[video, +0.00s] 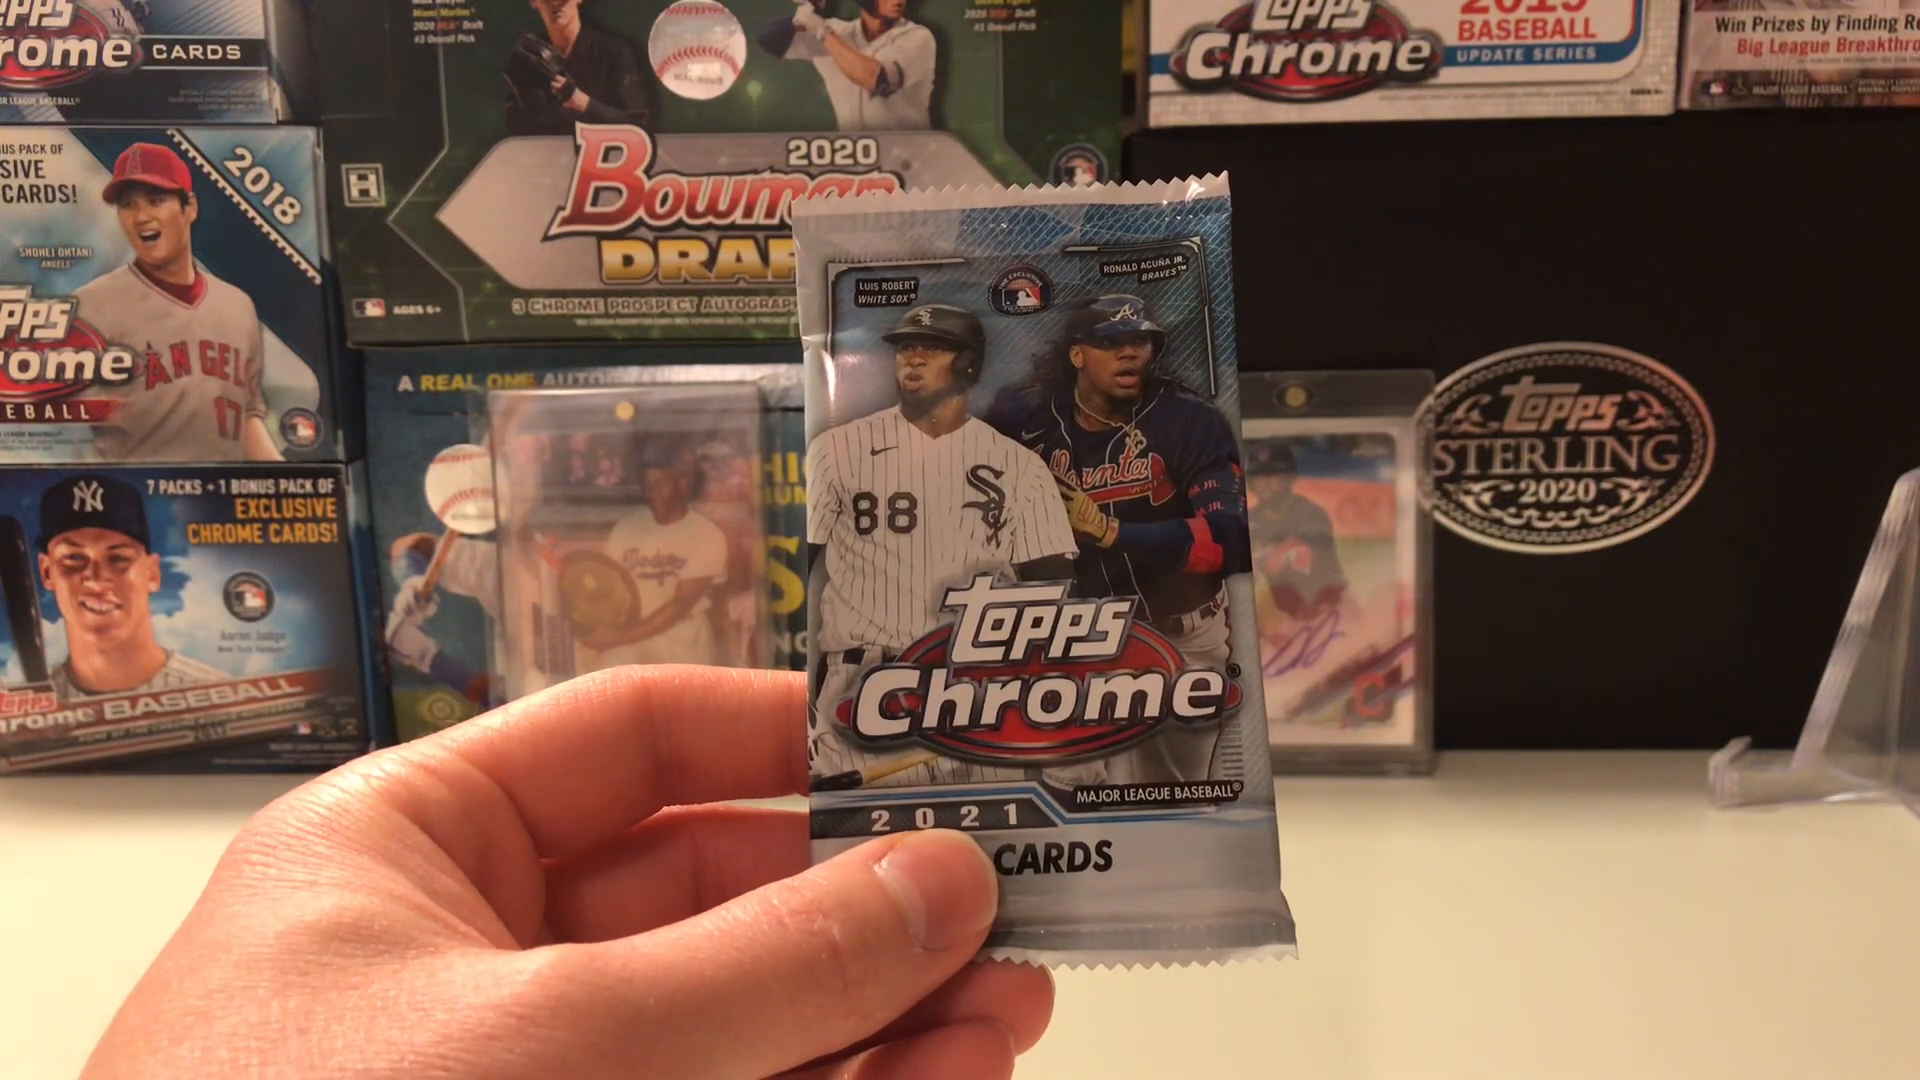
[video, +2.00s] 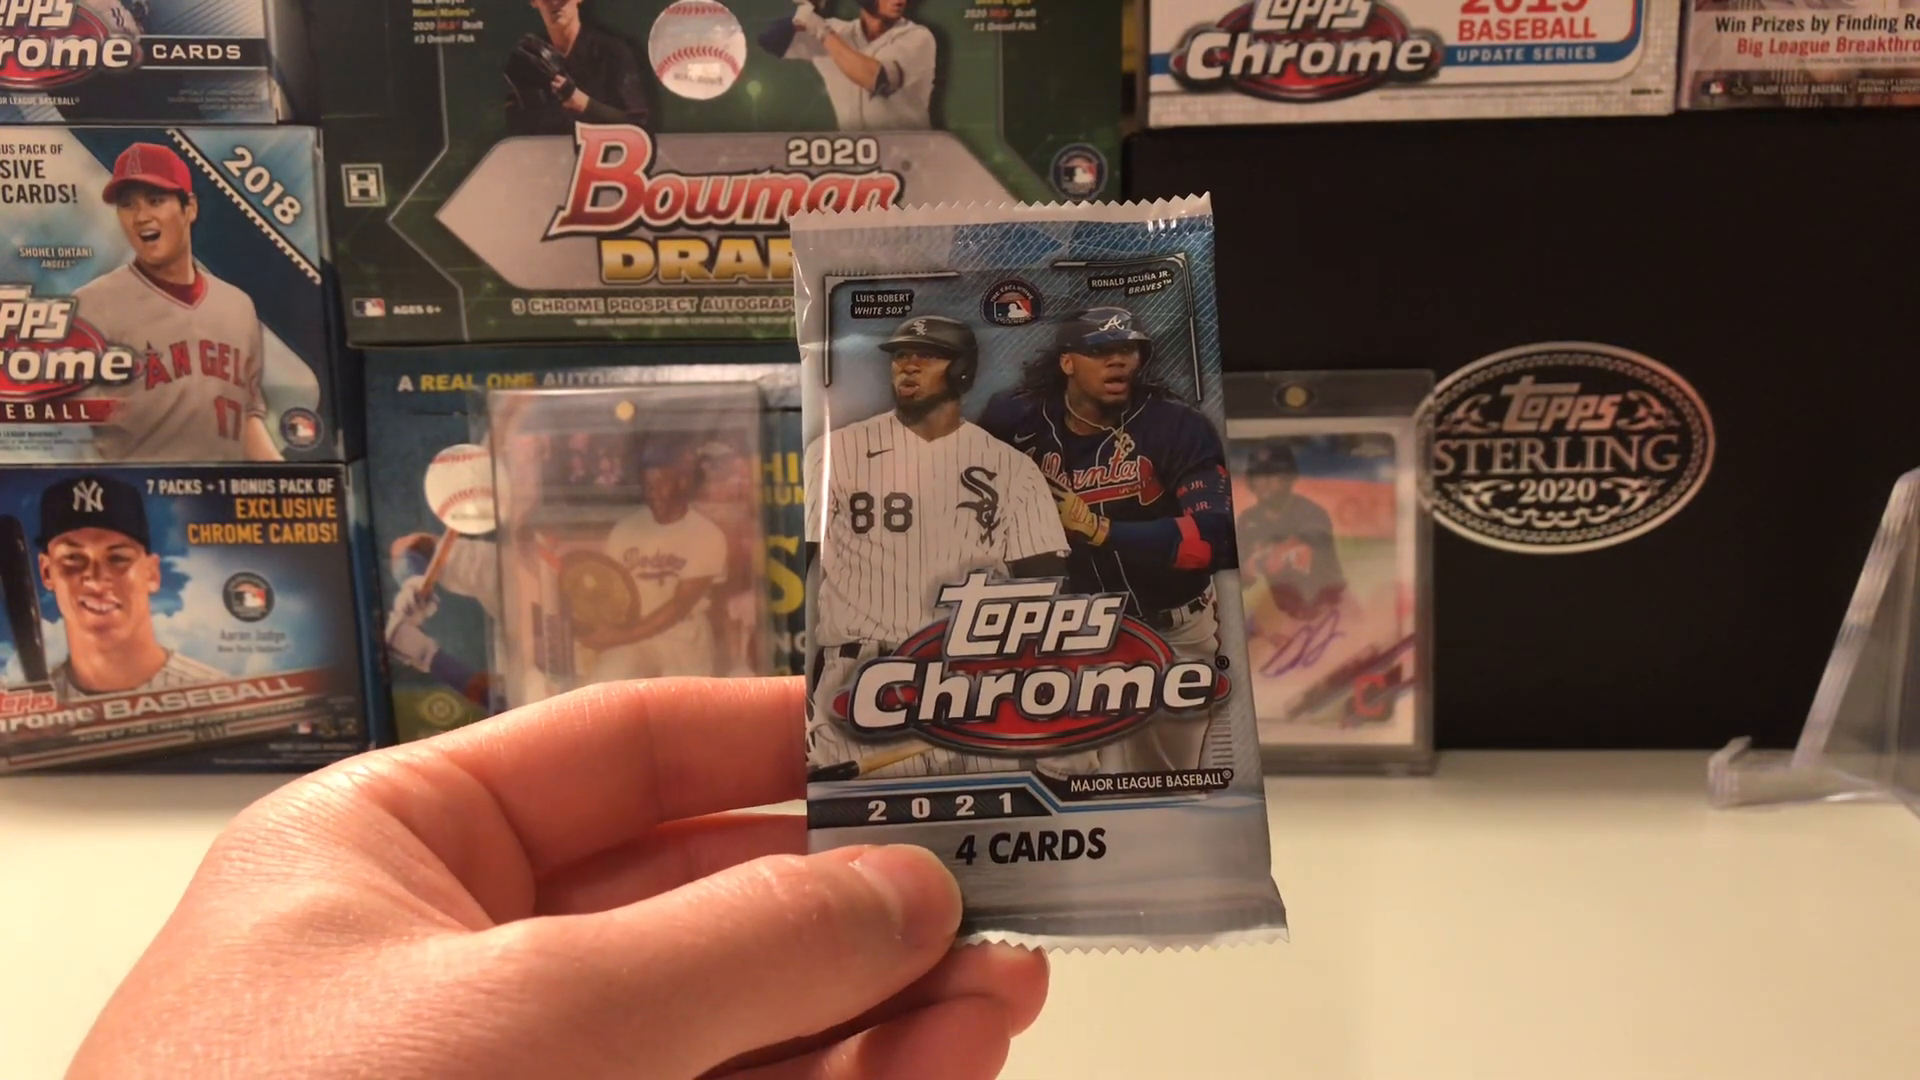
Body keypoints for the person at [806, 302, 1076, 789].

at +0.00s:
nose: (912, 359)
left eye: (930, 348)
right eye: (905, 347)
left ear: (966, 363)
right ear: (894, 358)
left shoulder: (1019, 468)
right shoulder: (834, 453)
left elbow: (1050, 590)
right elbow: (807, 576)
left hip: (973, 696)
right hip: (855, 694)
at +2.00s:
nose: (907, 367)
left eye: (925, 356)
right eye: (900, 355)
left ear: (960, 370)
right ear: (890, 365)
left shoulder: (1012, 470)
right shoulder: (832, 456)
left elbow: (1043, 592)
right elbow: (793, 574)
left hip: (972, 696)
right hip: (853, 694)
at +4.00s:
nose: (932, 369)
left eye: (950, 358)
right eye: (925, 357)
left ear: (985, 373)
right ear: (915, 367)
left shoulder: (1037, 475)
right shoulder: (856, 459)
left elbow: (1066, 597)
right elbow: (827, 575)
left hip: (992, 699)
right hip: (873, 697)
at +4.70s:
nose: (971, 376)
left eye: (989, 365)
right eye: (964, 365)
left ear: (1025, 381)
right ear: (954, 375)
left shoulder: (1080, 484)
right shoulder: (897, 468)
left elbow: (1113, 608)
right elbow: (857, 591)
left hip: (1038, 717)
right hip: (917, 715)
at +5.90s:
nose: (1032, 370)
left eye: (1051, 360)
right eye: (1025, 359)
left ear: (1087, 377)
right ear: (1014, 369)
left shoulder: (1145, 483)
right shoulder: (957, 464)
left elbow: (1178, 611)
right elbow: (910, 593)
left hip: (1100, 716)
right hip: (979, 714)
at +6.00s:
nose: (1047, 371)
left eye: (1065, 360)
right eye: (1040, 359)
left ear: (1102, 377)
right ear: (1028, 369)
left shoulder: (1157, 484)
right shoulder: (967, 464)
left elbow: (1186, 611)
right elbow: (940, 590)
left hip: (1111, 715)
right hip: (991, 712)